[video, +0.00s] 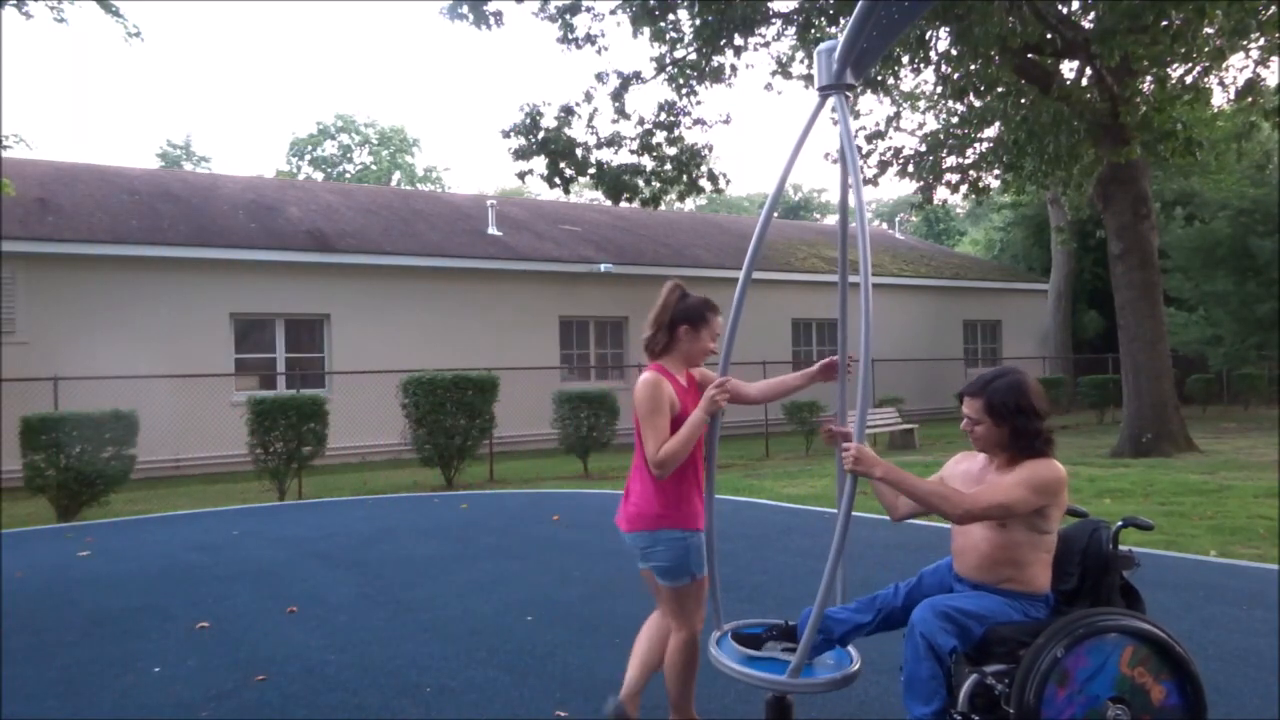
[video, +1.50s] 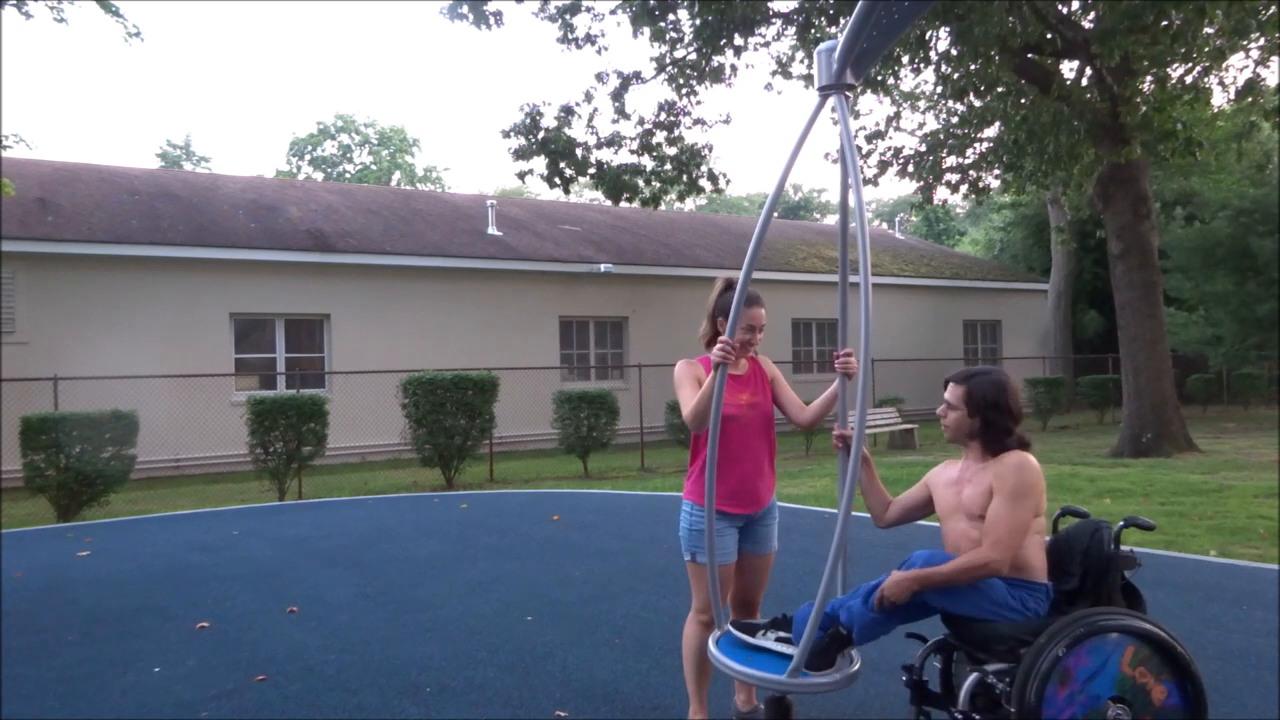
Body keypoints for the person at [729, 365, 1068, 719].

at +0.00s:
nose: (964, 429)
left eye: (974, 422)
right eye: (964, 419)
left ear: (1010, 424)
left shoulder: (1046, 474)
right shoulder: (965, 463)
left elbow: (963, 510)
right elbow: (901, 508)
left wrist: (879, 467)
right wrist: (863, 457)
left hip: (1013, 599)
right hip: (956, 578)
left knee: (928, 620)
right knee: (888, 602)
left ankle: (927, 713)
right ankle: (800, 633)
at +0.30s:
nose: (950, 423)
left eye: (959, 415)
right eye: (950, 414)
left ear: (993, 417)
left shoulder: (1030, 477)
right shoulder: (958, 467)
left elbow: (991, 564)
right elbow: (898, 512)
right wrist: (862, 455)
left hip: (1014, 599)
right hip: (956, 584)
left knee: (923, 628)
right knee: (871, 608)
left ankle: (927, 713)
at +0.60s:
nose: (948, 415)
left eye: (956, 407)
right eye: (950, 406)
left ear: (988, 412)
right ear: (976, 413)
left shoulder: (1025, 479)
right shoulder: (959, 469)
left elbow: (988, 573)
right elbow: (898, 511)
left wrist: (941, 646)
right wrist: (863, 457)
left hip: (1013, 600)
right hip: (957, 582)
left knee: (922, 622)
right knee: (887, 598)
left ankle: (927, 712)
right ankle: (795, 635)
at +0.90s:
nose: (951, 413)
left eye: (960, 406)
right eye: (954, 404)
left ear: (991, 413)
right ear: (978, 414)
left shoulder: (1028, 474)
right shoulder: (956, 471)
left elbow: (1023, 569)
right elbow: (894, 513)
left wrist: (942, 603)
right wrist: (864, 460)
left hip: (1016, 601)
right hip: (961, 591)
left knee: (933, 574)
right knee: (894, 594)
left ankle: (888, 693)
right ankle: (798, 632)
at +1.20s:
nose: (948, 424)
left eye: (957, 416)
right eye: (947, 415)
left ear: (990, 416)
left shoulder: (1025, 468)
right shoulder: (953, 472)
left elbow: (1026, 559)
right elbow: (891, 514)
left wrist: (939, 569)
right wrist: (863, 460)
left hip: (1022, 596)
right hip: (966, 585)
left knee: (940, 554)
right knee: (910, 577)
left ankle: (846, 631)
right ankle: (795, 629)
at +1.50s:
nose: (939, 412)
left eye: (950, 407)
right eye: (943, 403)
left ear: (981, 416)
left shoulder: (1017, 467)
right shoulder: (944, 473)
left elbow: (997, 559)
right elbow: (885, 515)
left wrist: (914, 581)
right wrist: (862, 460)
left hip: (1019, 595)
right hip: (970, 587)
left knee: (925, 561)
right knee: (900, 586)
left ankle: (838, 636)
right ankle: (795, 628)